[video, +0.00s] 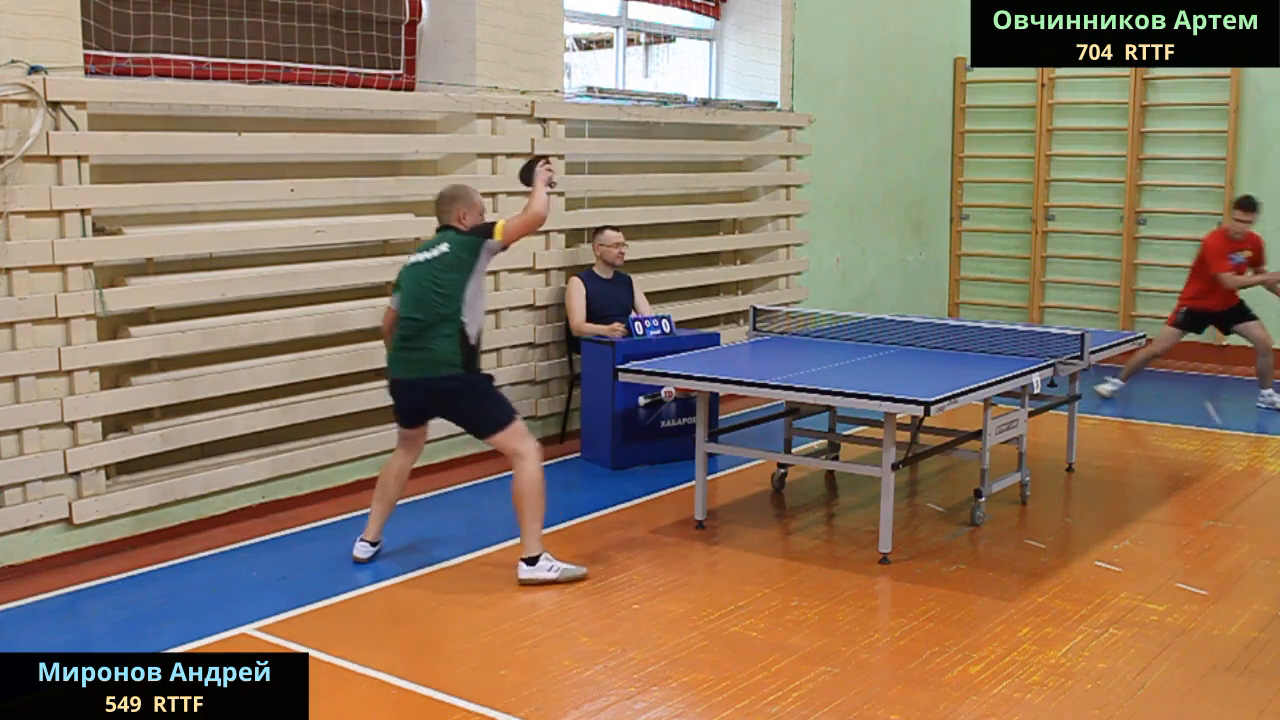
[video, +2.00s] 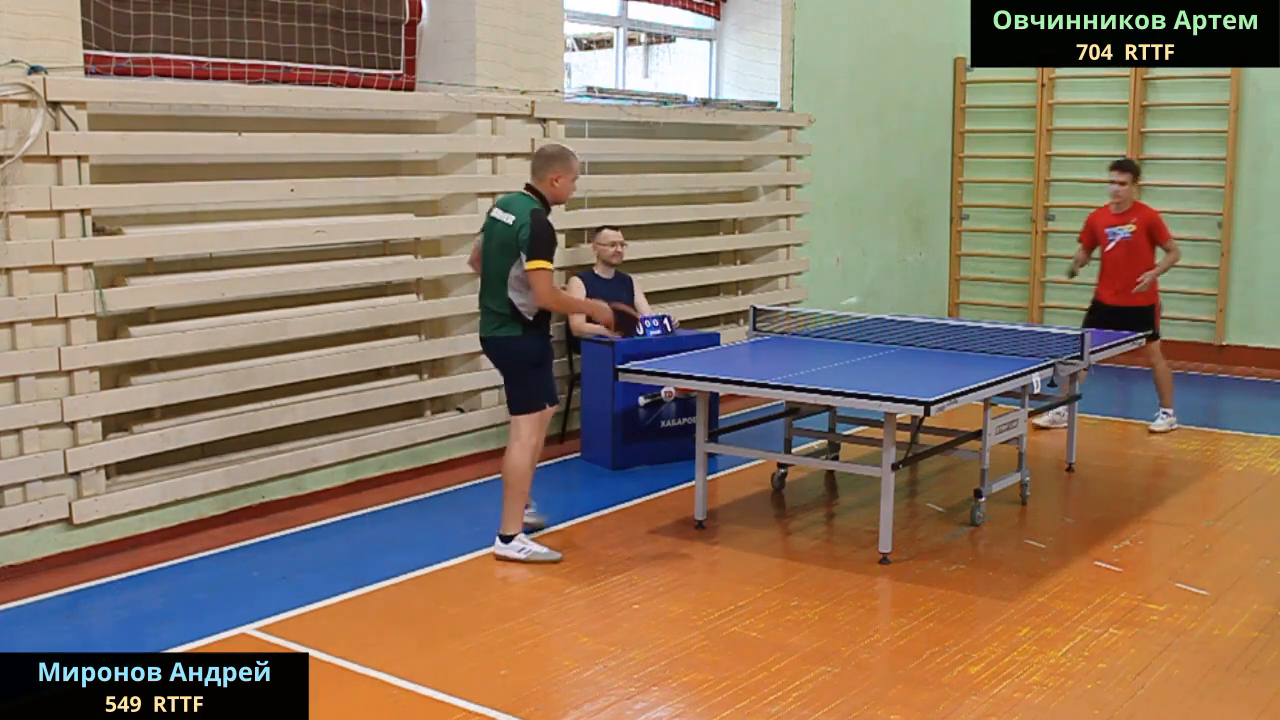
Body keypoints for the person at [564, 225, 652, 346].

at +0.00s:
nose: (622, 251)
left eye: (623, 246)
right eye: (616, 246)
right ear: (597, 249)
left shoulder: (628, 281)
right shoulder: (578, 283)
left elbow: (648, 318)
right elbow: (577, 328)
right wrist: (606, 330)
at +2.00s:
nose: (619, 250)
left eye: (622, 245)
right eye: (612, 245)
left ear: (625, 247)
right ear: (596, 248)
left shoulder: (630, 282)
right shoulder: (579, 282)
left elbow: (649, 318)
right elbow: (578, 327)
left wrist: (666, 322)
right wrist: (611, 333)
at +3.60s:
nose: (618, 251)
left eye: (621, 245)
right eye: (611, 246)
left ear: (624, 247)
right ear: (594, 250)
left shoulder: (628, 282)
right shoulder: (578, 284)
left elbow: (648, 316)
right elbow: (577, 327)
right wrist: (609, 329)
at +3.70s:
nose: (618, 251)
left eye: (621, 245)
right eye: (611, 246)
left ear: (624, 247)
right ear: (595, 250)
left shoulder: (628, 281)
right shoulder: (579, 281)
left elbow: (649, 317)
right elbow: (577, 327)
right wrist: (610, 329)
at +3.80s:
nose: (618, 251)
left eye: (621, 246)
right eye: (611, 246)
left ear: (624, 248)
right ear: (595, 249)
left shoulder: (629, 282)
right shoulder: (579, 283)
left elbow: (649, 316)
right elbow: (577, 327)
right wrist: (617, 332)